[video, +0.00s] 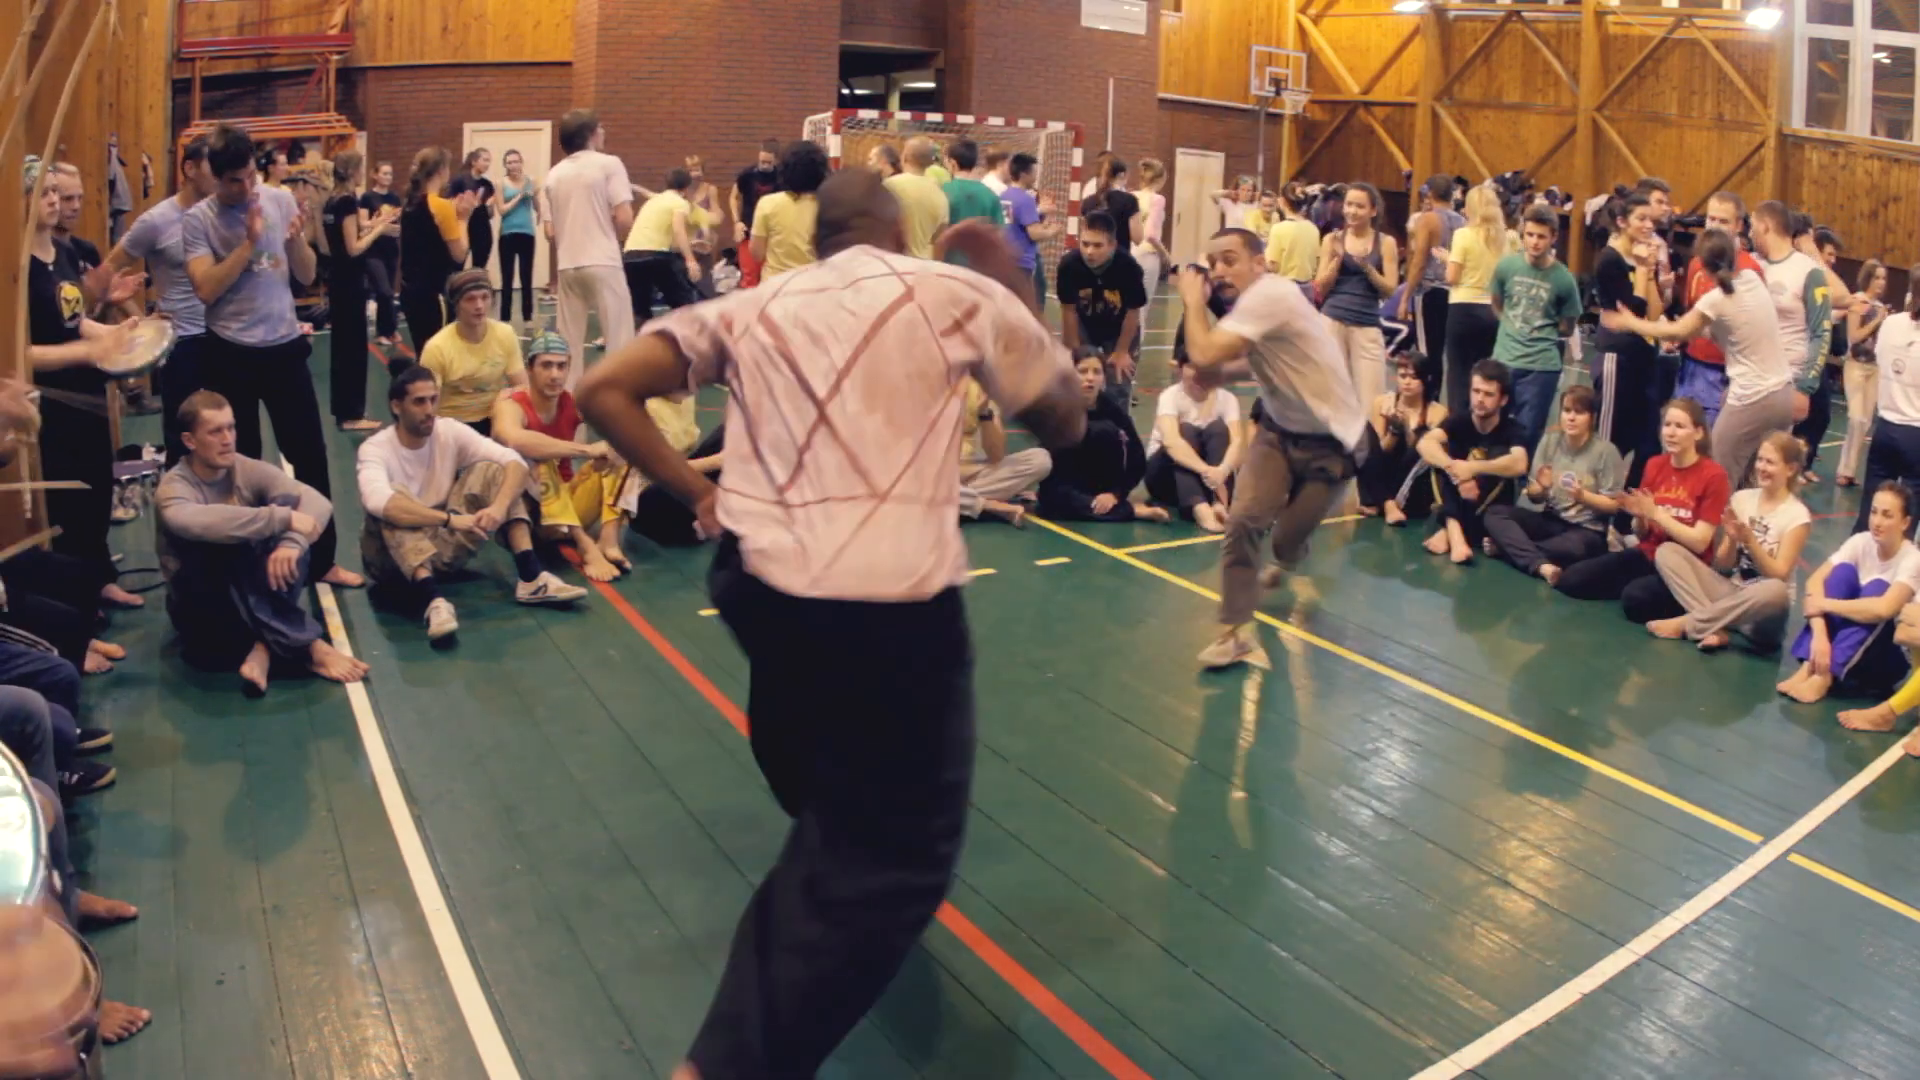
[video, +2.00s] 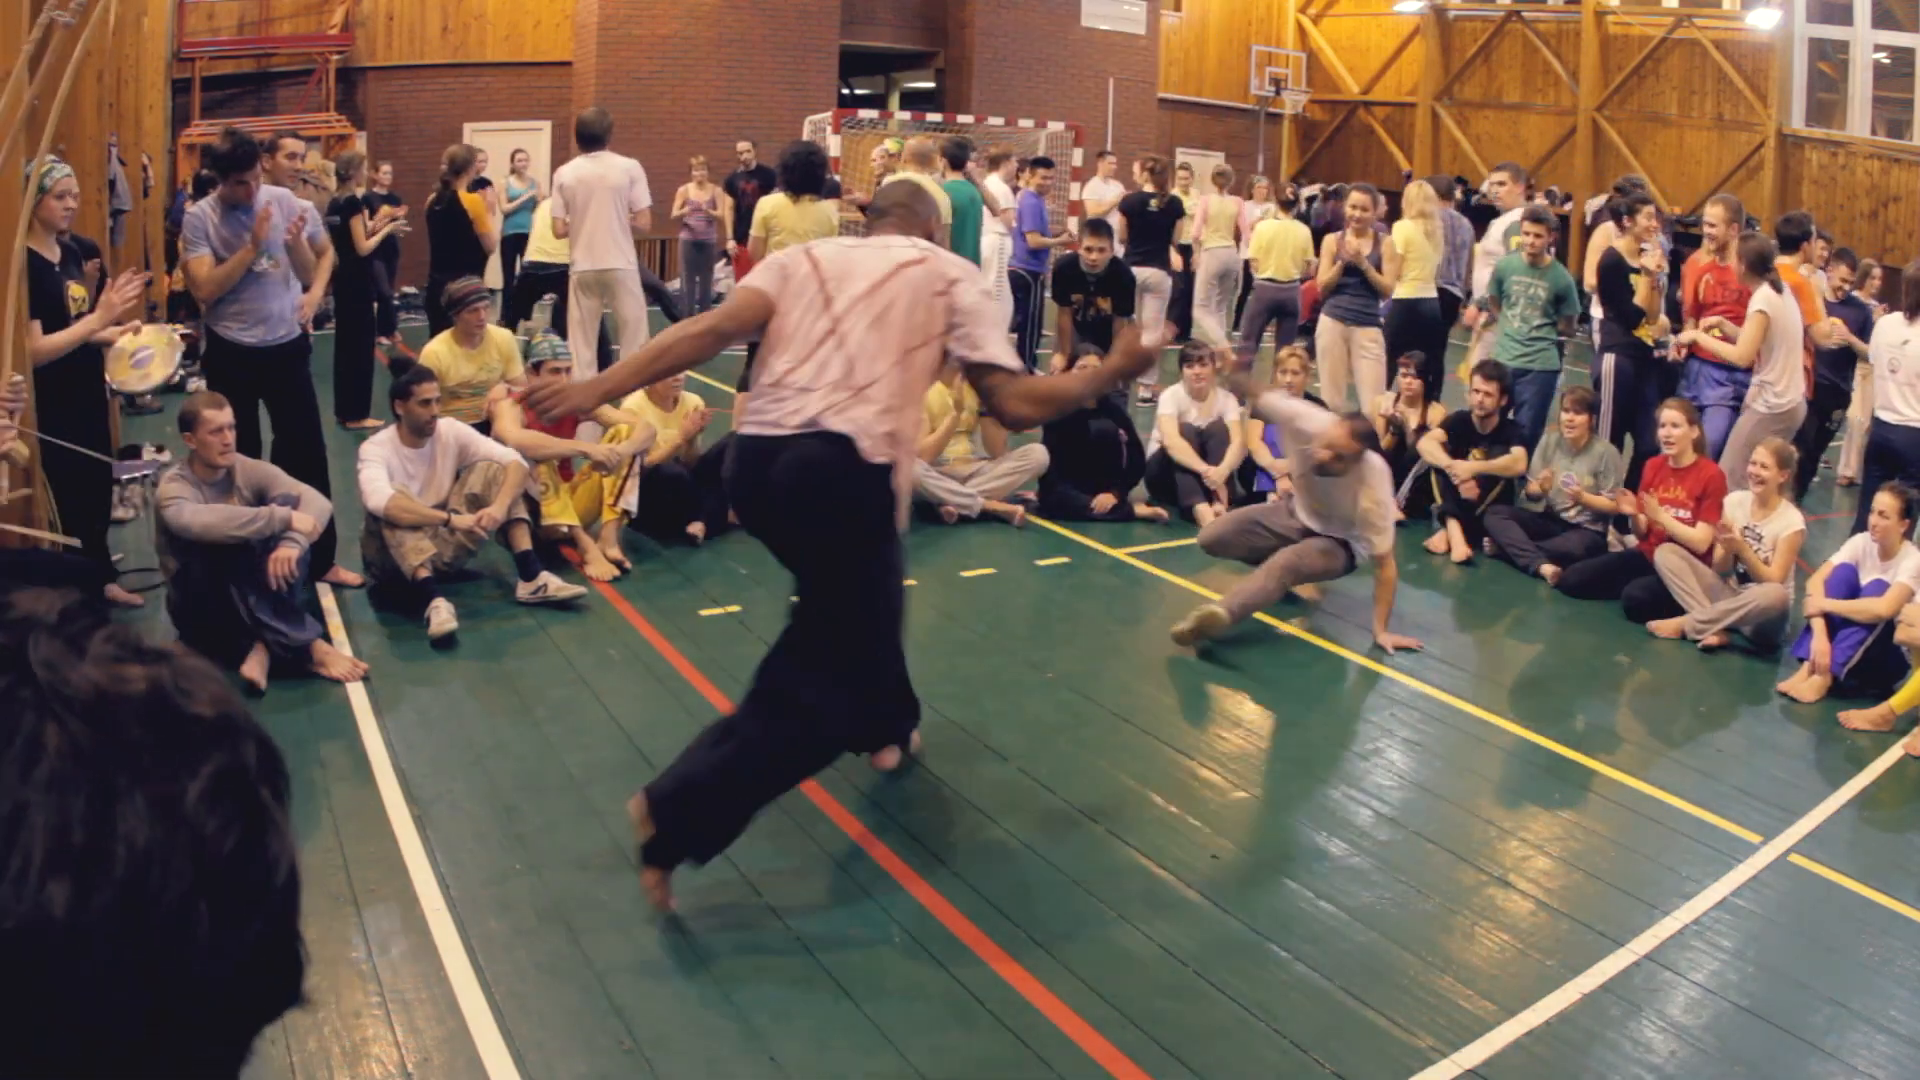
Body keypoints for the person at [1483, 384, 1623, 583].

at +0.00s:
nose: (1571, 418)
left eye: (1578, 412)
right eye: (1567, 411)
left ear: (1591, 417)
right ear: (1560, 414)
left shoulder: (1606, 451)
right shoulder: (1550, 440)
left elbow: (1614, 505)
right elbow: (1532, 495)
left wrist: (1582, 495)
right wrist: (1541, 487)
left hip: (1584, 530)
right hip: (1548, 520)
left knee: (1575, 548)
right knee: (1494, 514)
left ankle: (1509, 550)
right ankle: (1539, 566)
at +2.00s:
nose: (1569, 419)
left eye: (1577, 413)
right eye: (1565, 411)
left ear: (1591, 419)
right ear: (1559, 414)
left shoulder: (1606, 453)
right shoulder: (1549, 441)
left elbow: (1614, 506)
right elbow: (1529, 491)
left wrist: (1582, 497)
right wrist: (1541, 488)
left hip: (1584, 530)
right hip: (1547, 520)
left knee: (1574, 549)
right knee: (1494, 514)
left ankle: (1509, 550)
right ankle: (1539, 566)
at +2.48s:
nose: (1570, 420)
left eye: (1578, 414)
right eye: (1566, 412)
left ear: (1592, 420)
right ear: (1559, 415)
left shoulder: (1606, 451)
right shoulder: (1550, 441)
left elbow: (1617, 505)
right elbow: (1533, 497)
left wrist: (1589, 499)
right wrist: (1536, 484)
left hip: (1585, 529)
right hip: (1549, 518)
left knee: (1574, 548)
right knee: (1497, 512)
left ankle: (1510, 553)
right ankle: (1539, 565)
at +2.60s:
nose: (1572, 419)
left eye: (1580, 414)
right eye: (1567, 412)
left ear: (1593, 419)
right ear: (1560, 415)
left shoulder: (1607, 452)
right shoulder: (1549, 441)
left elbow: (1609, 505)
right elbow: (1534, 489)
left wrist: (1574, 490)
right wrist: (1553, 491)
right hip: (1551, 516)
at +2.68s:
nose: (1572, 419)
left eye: (1580, 414)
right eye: (1568, 412)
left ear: (1594, 419)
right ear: (1561, 414)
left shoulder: (1607, 452)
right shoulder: (1549, 441)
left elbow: (1613, 504)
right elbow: (1533, 483)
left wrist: (1581, 493)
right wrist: (1557, 483)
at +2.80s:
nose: (1572, 420)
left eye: (1580, 414)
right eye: (1568, 412)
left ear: (1594, 420)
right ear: (1561, 414)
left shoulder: (1607, 452)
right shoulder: (1550, 440)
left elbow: (1615, 504)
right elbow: (1532, 494)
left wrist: (1586, 497)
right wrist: (1541, 487)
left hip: (1583, 522)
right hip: (1546, 514)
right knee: (1494, 513)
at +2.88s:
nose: (1574, 420)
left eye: (1581, 414)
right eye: (1569, 413)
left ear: (1594, 419)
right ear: (1562, 415)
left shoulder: (1607, 452)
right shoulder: (1549, 442)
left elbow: (1610, 505)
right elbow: (1532, 489)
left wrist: (1576, 492)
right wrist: (1554, 489)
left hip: (1586, 525)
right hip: (1548, 517)